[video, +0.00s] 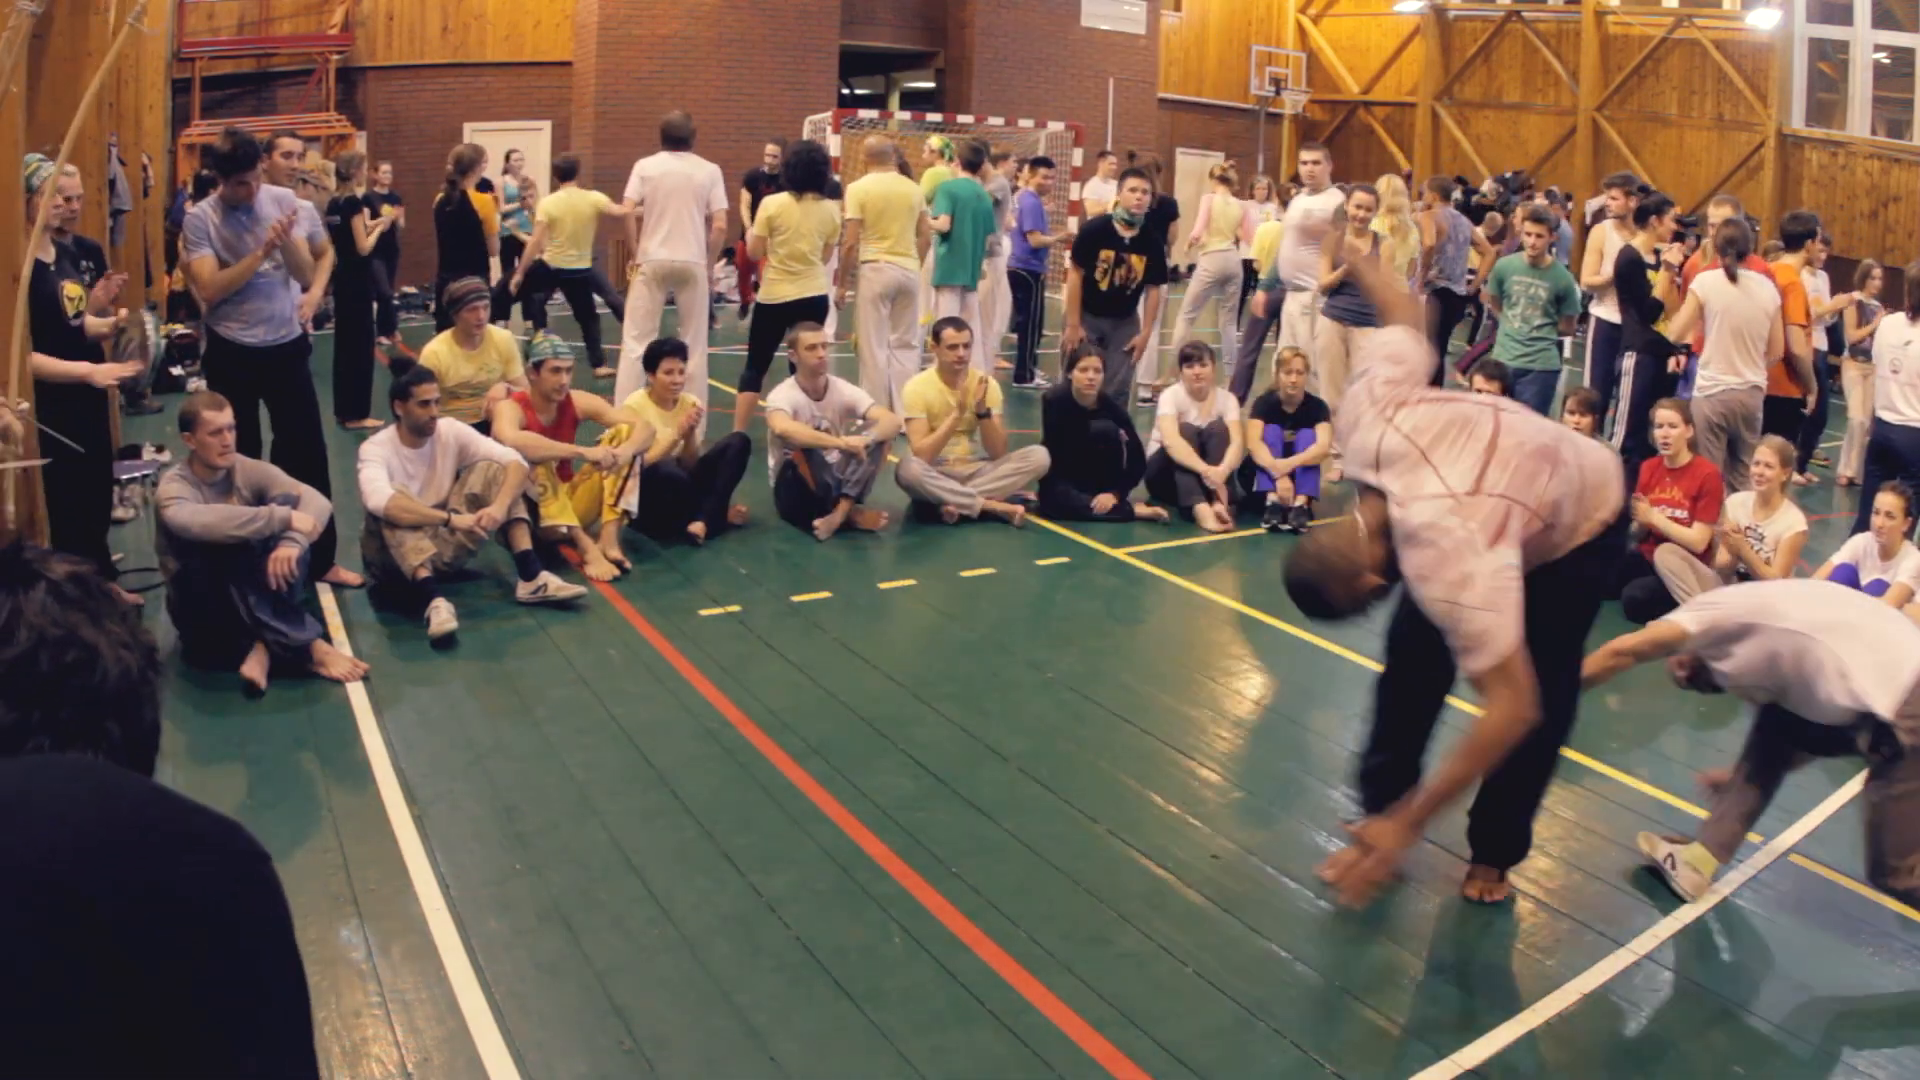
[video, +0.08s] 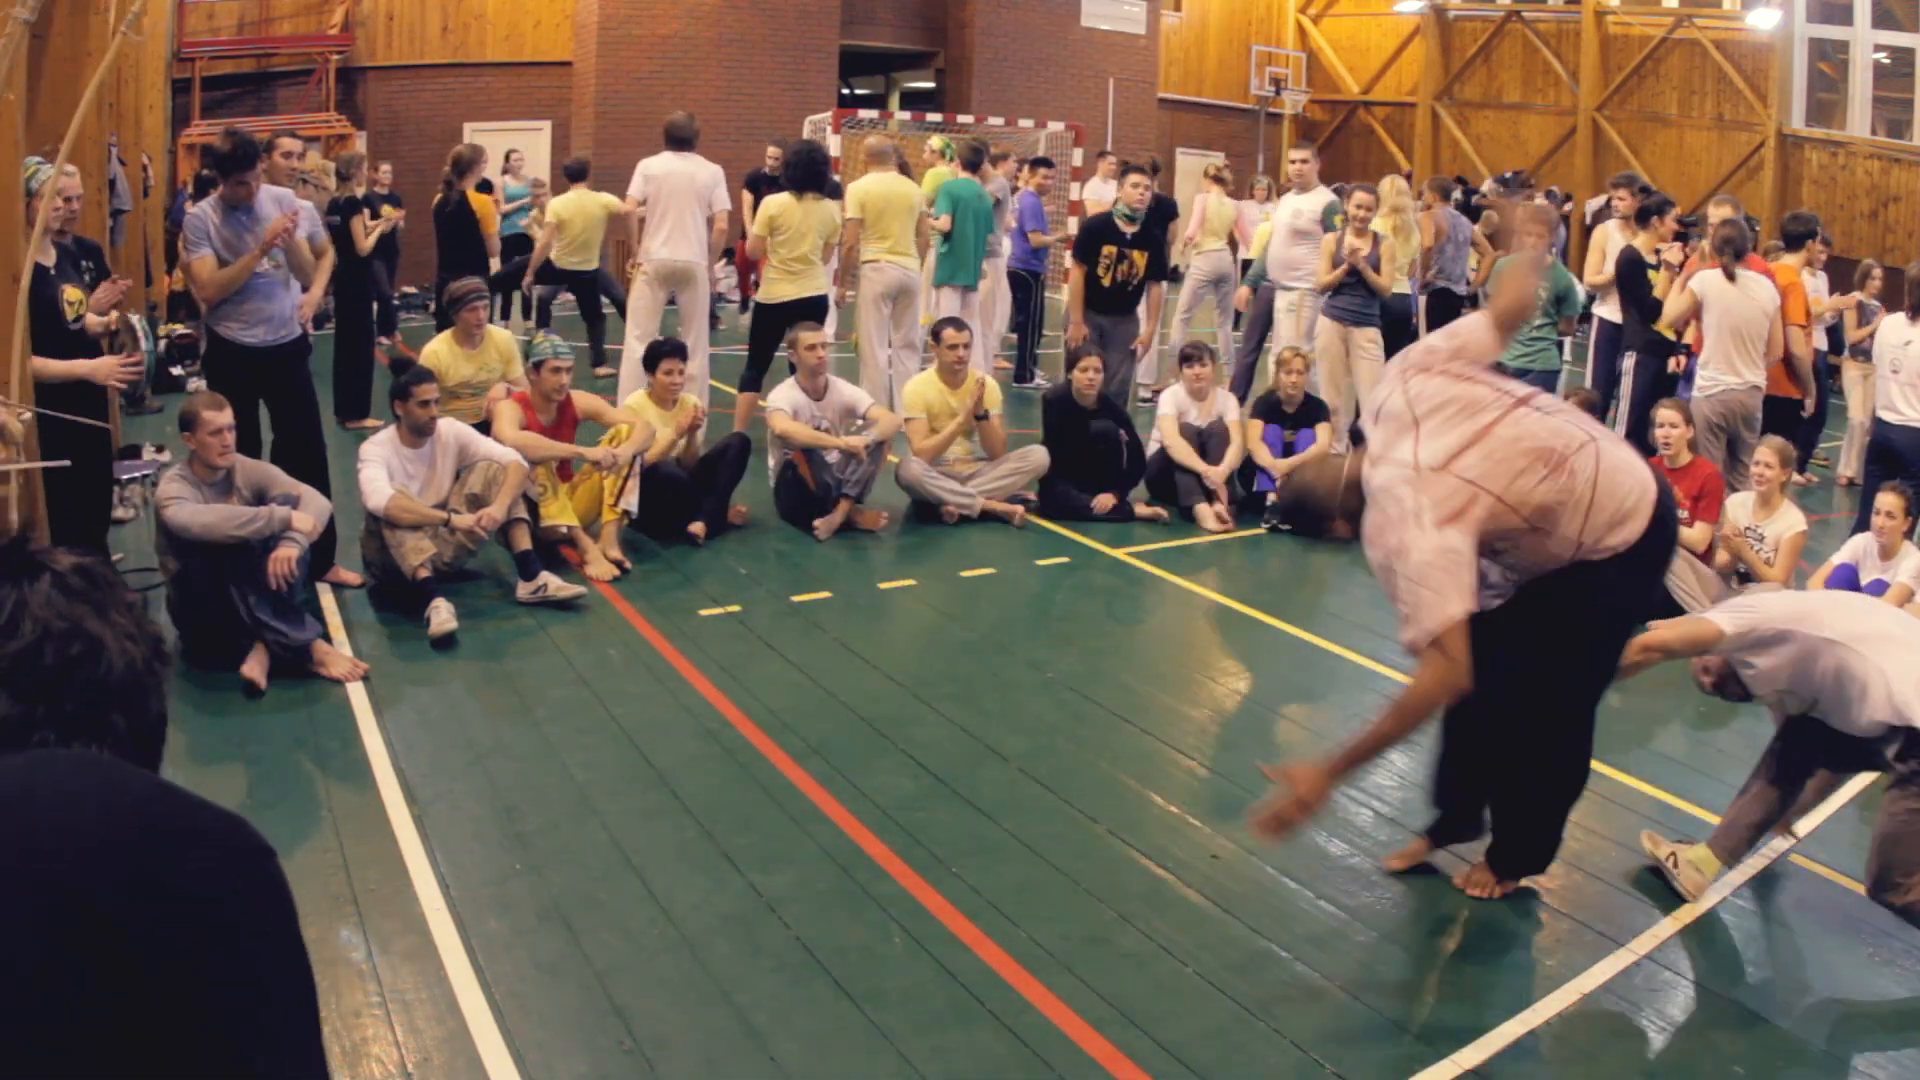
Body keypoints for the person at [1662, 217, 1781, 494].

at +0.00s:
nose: (1708, 240)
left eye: (1712, 237)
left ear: (1715, 246)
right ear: (1748, 248)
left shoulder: (1703, 282)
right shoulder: (1767, 287)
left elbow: (1676, 333)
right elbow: (1776, 350)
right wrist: (1752, 367)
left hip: (1710, 391)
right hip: (1751, 392)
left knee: (1708, 475)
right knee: (1744, 475)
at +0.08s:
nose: (1707, 244)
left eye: (1710, 239)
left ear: (1713, 247)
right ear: (1747, 249)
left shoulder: (1703, 280)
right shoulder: (1767, 287)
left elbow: (1670, 317)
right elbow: (1776, 350)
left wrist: (1680, 274)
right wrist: (1751, 368)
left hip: (1710, 390)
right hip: (1751, 391)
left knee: (1708, 474)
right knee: (1744, 474)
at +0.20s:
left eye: (1718, 248)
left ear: (1716, 251)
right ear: (1744, 250)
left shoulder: (1706, 282)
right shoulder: (1766, 288)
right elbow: (1769, 349)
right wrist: (1754, 377)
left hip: (1711, 391)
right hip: (1750, 390)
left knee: (1708, 472)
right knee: (1742, 473)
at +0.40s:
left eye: (1705, 244)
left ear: (1708, 248)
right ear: (1740, 249)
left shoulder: (1699, 277)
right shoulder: (1763, 286)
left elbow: (1676, 279)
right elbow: (1770, 343)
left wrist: (1698, 241)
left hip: (1707, 388)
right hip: (1747, 390)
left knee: (1708, 470)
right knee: (1742, 471)